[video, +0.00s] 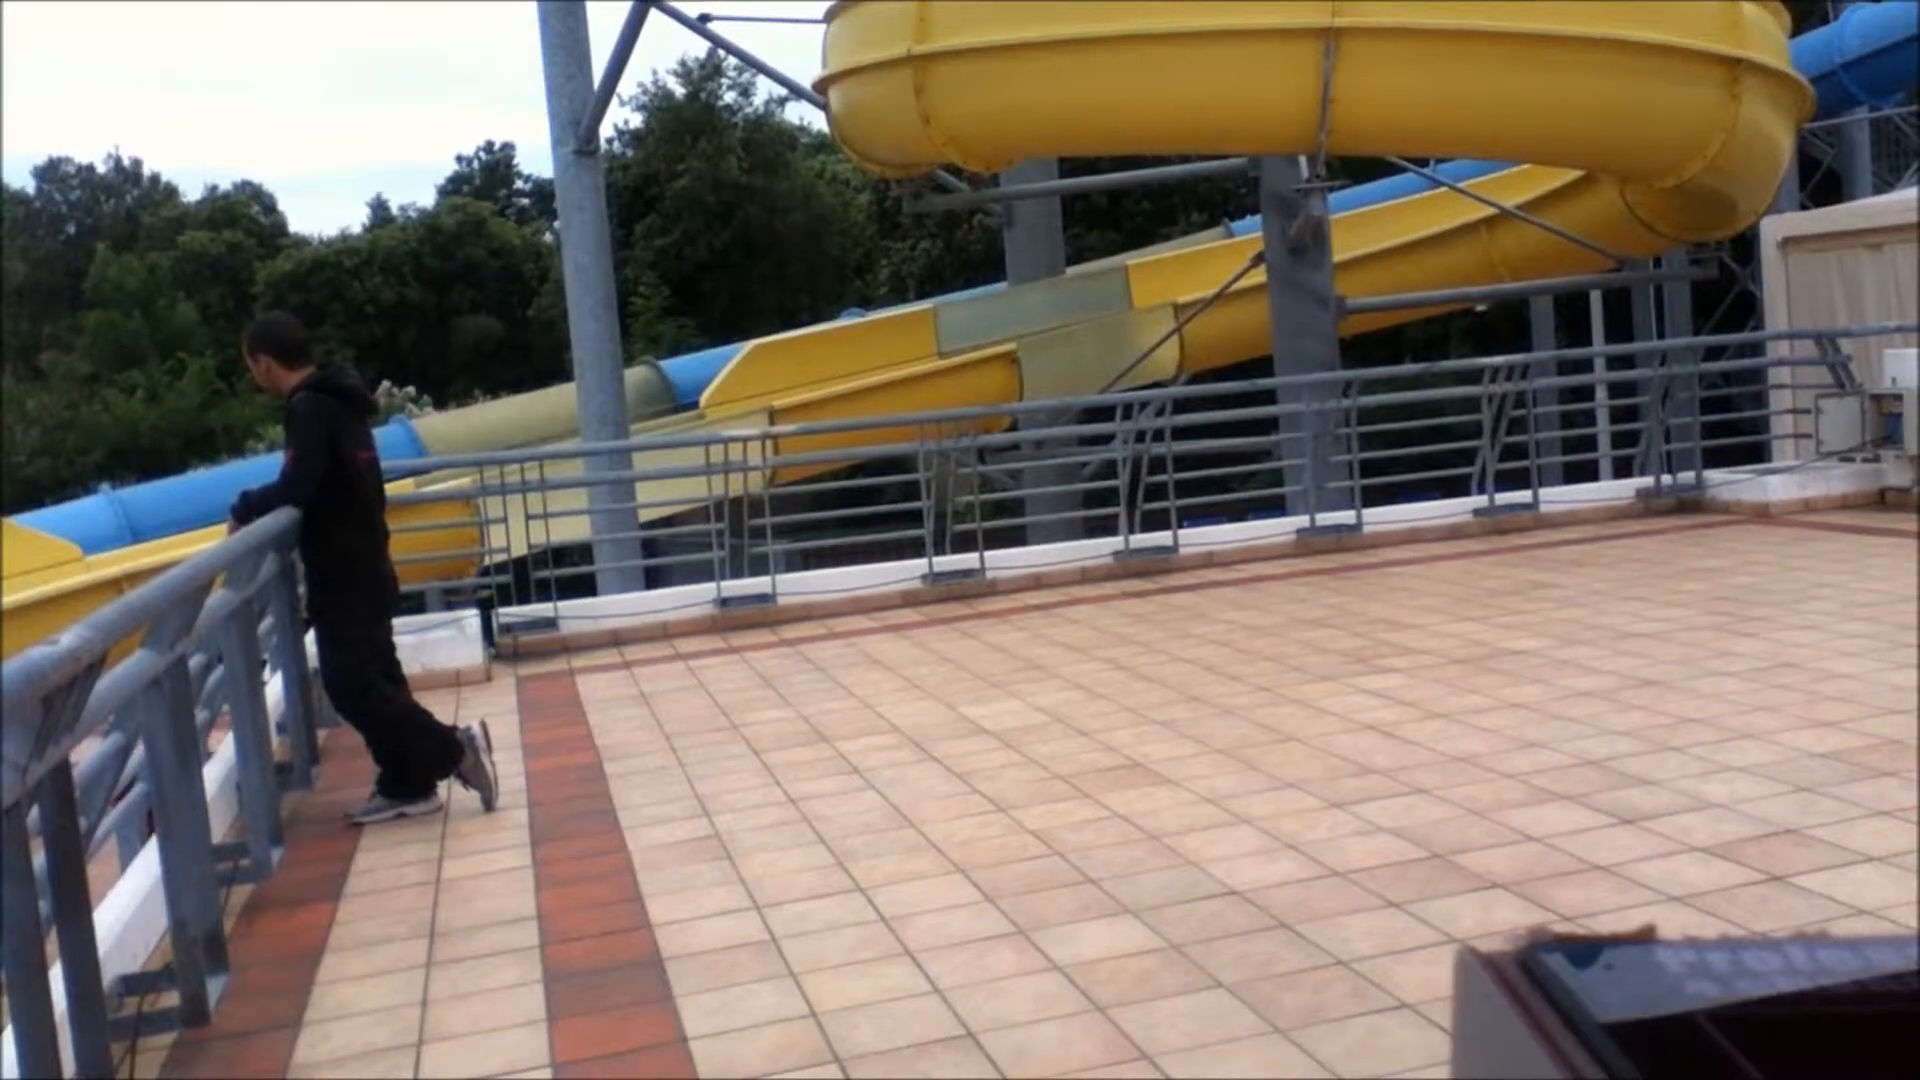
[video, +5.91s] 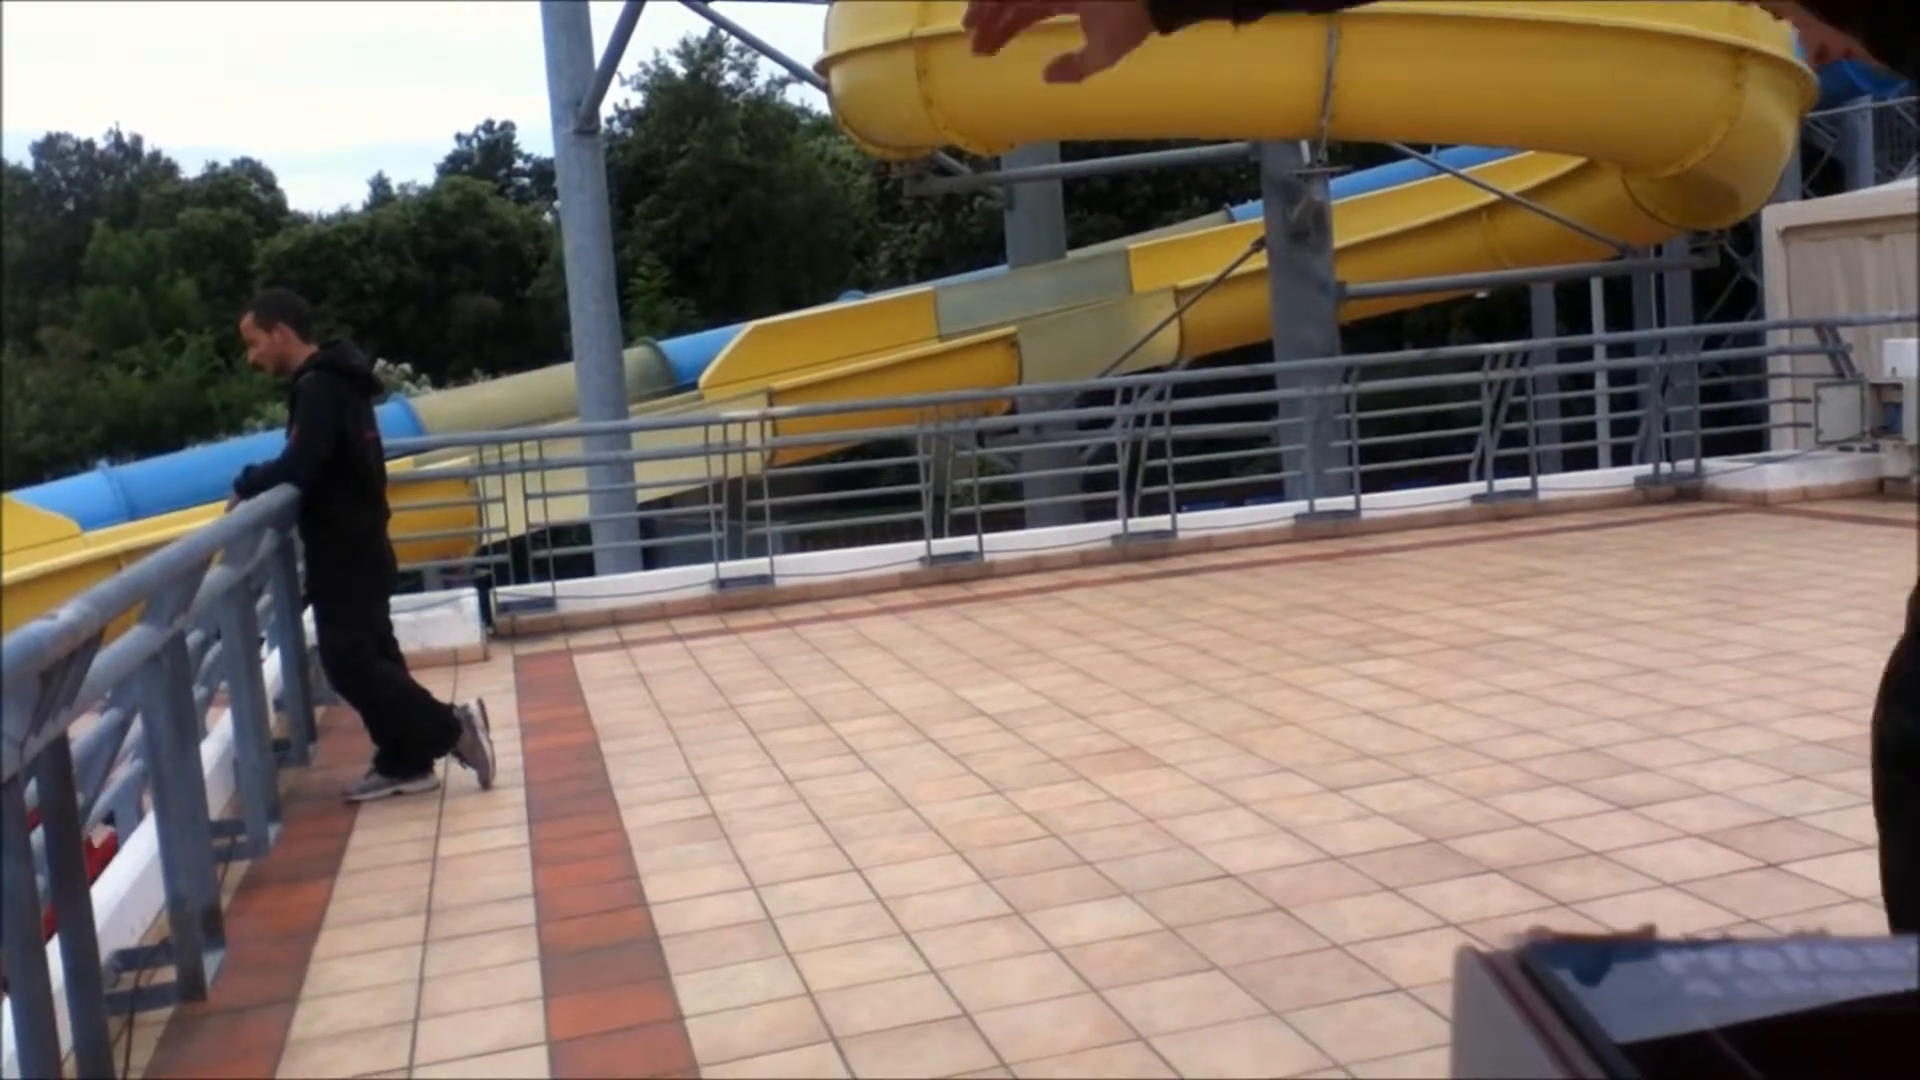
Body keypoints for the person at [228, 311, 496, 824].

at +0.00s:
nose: (253, 377)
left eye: (252, 367)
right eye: (251, 368)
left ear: (268, 363)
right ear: (300, 352)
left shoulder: (308, 408)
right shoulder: (337, 397)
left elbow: (298, 488)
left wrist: (244, 509)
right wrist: (261, 508)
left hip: (343, 573)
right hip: (364, 567)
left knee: (348, 687)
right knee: (376, 675)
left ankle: (452, 750)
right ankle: (406, 787)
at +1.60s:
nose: (251, 391)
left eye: (255, 377)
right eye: (247, 381)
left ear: (290, 366)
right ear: (289, 371)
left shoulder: (317, 420)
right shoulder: (337, 409)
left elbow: (301, 502)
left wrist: (221, 511)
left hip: (350, 586)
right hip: (365, 579)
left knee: (354, 699)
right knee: (379, 687)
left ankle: (457, 763)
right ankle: (408, 798)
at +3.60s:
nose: (260, 396)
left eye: (262, 382)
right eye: (255, 386)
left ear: (291, 368)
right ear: (296, 372)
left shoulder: (321, 421)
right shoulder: (341, 412)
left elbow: (308, 500)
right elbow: (324, 498)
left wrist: (255, 515)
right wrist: (271, 514)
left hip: (345, 588)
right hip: (363, 582)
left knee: (350, 700)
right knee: (377, 688)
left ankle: (454, 763)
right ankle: (407, 800)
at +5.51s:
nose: (252, 366)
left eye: (254, 352)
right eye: (248, 355)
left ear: (283, 339)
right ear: (288, 342)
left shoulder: (318, 392)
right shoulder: (334, 382)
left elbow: (303, 471)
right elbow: (315, 467)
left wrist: (253, 486)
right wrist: (268, 483)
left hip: (343, 558)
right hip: (357, 553)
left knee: (346, 670)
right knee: (371, 659)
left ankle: (449, 734)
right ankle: (402, 769)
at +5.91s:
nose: (250, 357)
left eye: (252, 343)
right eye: (247, 346)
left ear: (282, 333)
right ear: (288, 336)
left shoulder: (318, 386)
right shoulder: (333, 377)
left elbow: (301, 467)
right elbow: (309, 464)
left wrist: (247, 485)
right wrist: (259, 485)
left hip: (345, 552)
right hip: (357, 548)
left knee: (347, 665)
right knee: (372, 654)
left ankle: (450, 729)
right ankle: (403, 764)